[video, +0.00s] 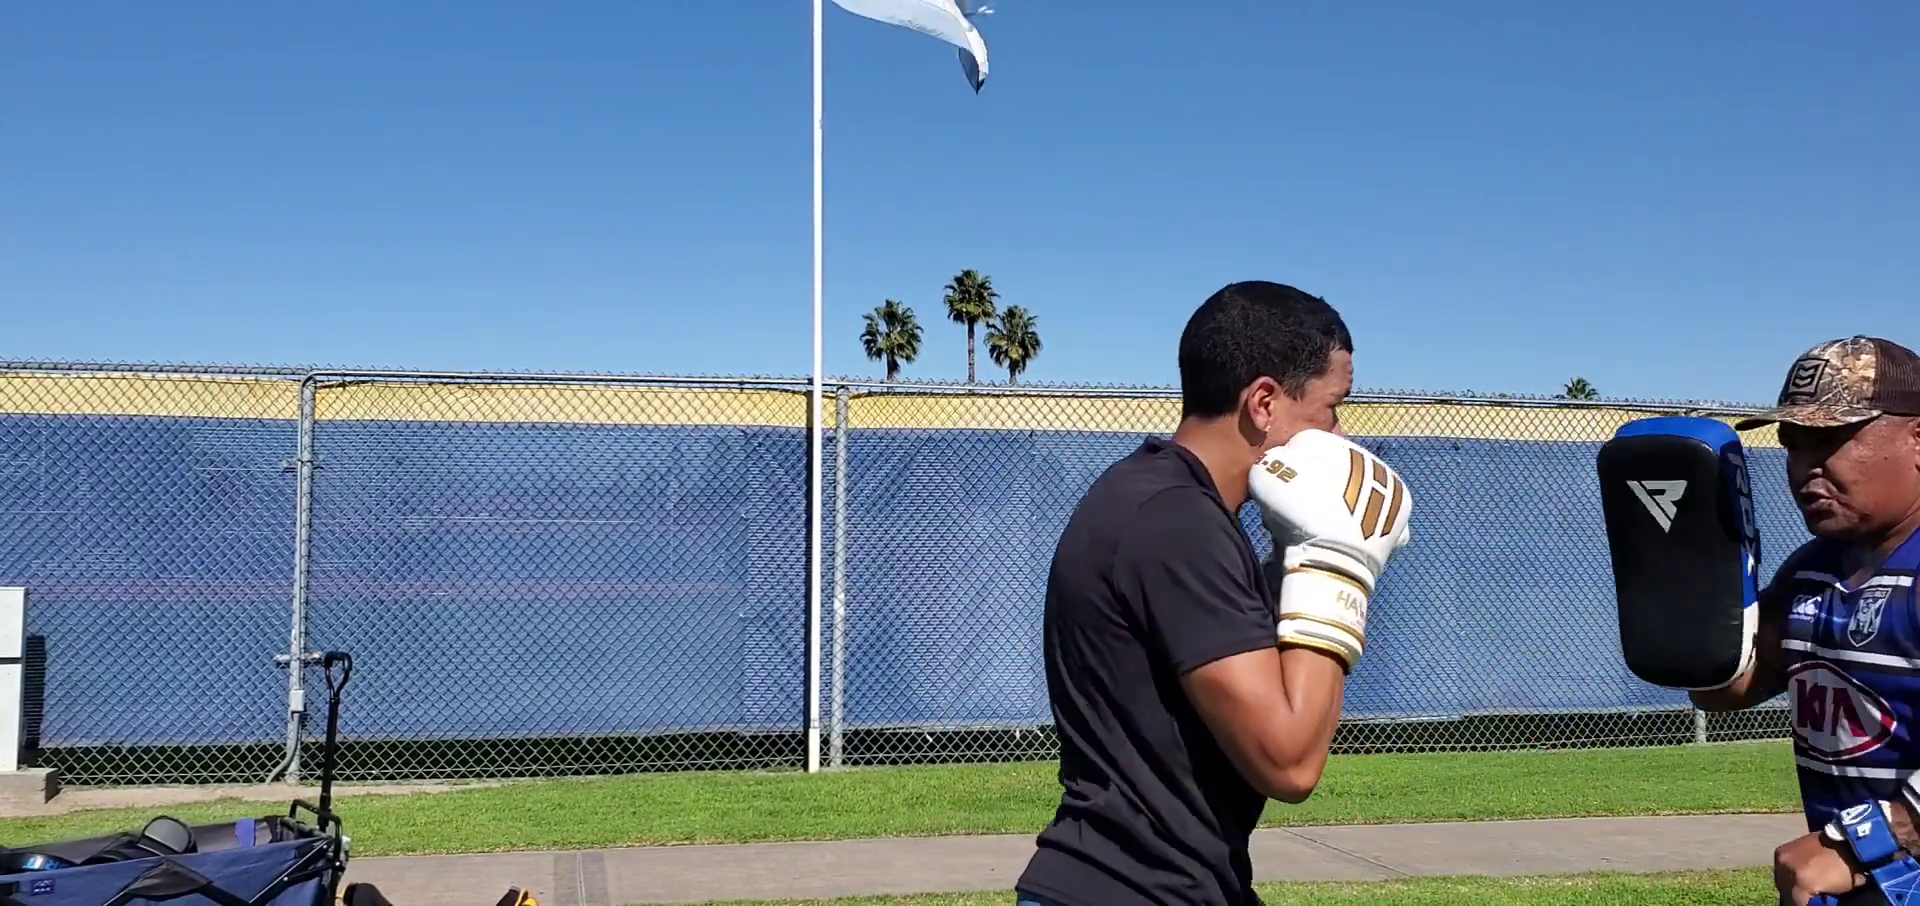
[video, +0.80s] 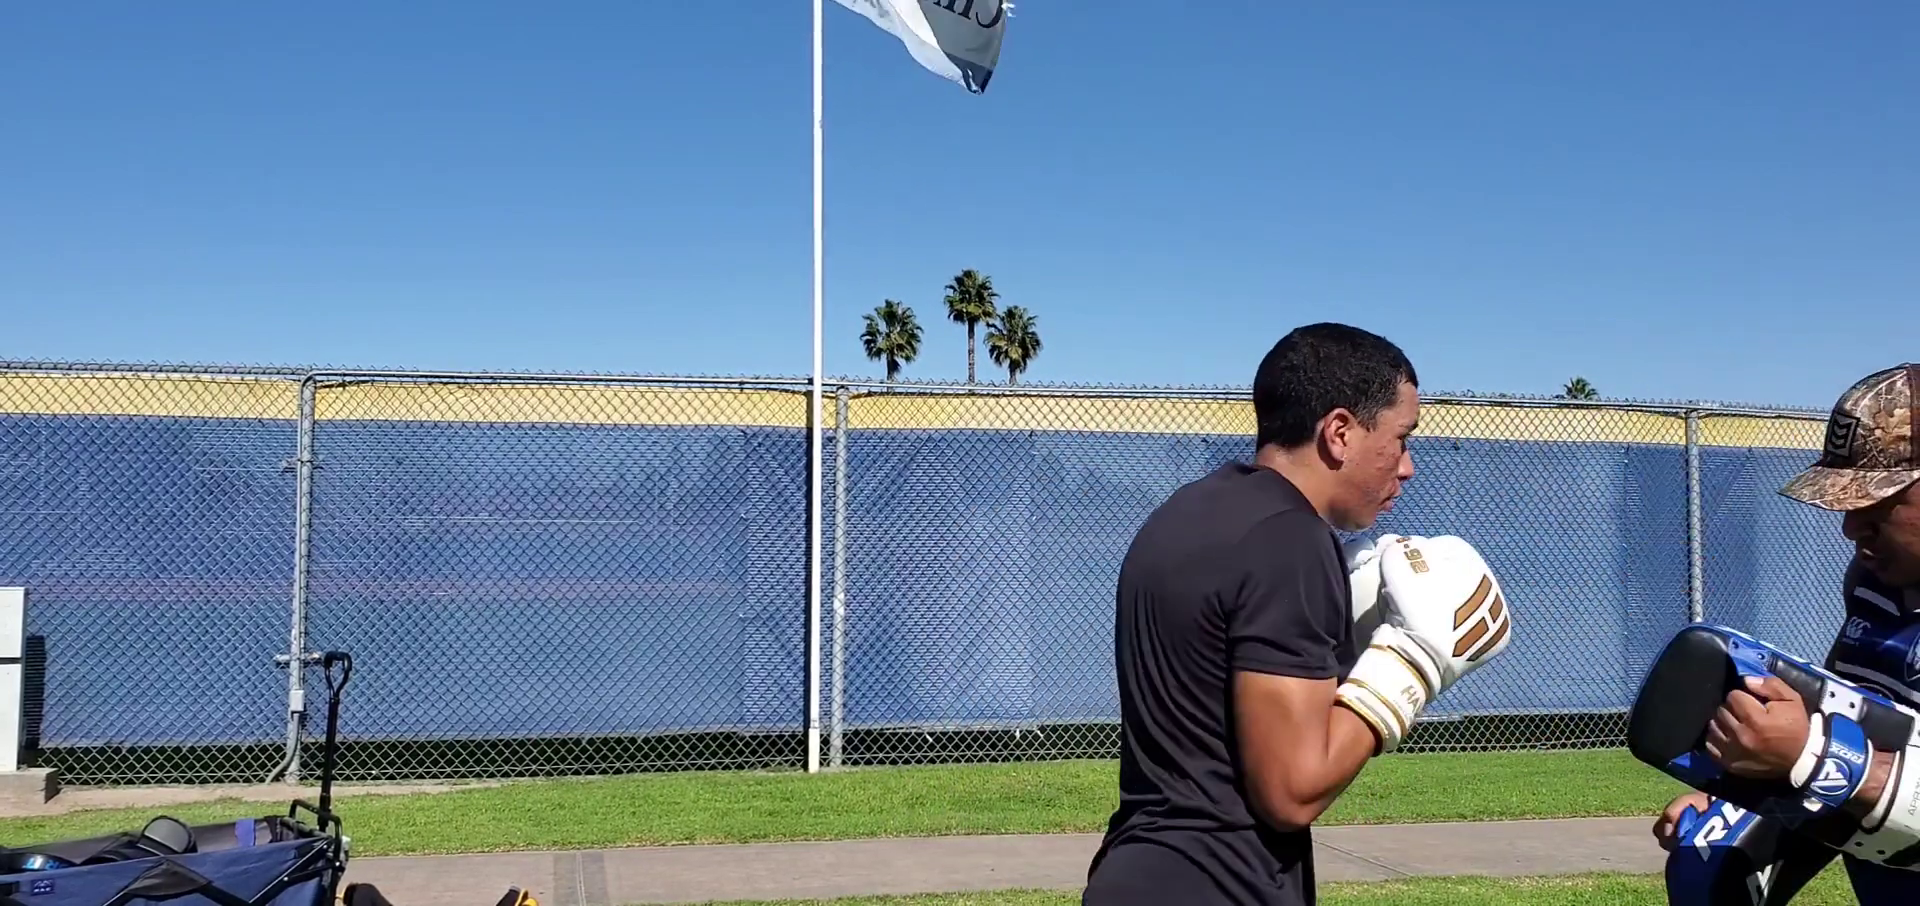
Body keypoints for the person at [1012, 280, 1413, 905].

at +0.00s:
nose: (1335, 431)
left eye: (1337, 408)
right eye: (1330, 407)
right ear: (1263, 404)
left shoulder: (1143, 496)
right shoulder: (1178, 519)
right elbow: (1290, 763)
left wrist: (1294, 563)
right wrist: (1335, 576)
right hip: (1152, 886)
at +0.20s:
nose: (1340, 444)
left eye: (1339, 419)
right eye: (1332, 418)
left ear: (1265, 414)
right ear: (1265, 413)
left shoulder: (1191, 511)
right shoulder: (1155, 521)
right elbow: (1239, 767)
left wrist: (1329, 617)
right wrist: (1329, 595)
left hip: (1179, 881)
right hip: (1117, 887)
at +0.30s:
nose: (1347, 484)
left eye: (1348, 458)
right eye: (1341, 456)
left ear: (1274, 451)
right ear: (1274, 450)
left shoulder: (1219, 543)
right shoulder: (1148, 546)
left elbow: (1268, 678)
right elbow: (1242, 780)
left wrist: (1402, 656)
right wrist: (1390, 670)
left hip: (1186, 883)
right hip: (1100, 888)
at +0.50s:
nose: (1393, 464)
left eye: (1392, 440)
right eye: (1383, 439)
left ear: (1291, 432)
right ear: (1313, 435)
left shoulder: (1157, 518)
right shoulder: (1325, 501)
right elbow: (1557, 590)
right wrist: (1628, 504)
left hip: (1121, 871)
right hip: (1218, 883)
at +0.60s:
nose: (1399, 456)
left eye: (1398, 430)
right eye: (1388, 427)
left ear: (1309, 424)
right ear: (1322, 423)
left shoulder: (1164, 513)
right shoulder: (1326, 507)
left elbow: (1218, 671)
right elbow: (1522, 659)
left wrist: (1343, 618)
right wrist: (1607, 568)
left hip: (1131, 871)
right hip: (1251, 880)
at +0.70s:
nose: (1405, 453)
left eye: (1402, 426)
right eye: (1394, 425)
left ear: (1320, 430)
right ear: (1328, 429)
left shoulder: (1175, 514)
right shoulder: (1319, 526)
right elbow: (1400, 767)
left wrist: (1344, 603)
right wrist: (1497, 668)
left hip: (1134, 866)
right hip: (1243, 876)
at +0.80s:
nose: (1408, 468)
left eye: (1407, 443)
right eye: (1400, 441)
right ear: (1338, 434)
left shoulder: (1188, 513)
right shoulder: (1287, 538)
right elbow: (1292, 792)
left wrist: (1345, 626)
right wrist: (1410, 659)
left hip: (1138, 862)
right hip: (1223, 879)